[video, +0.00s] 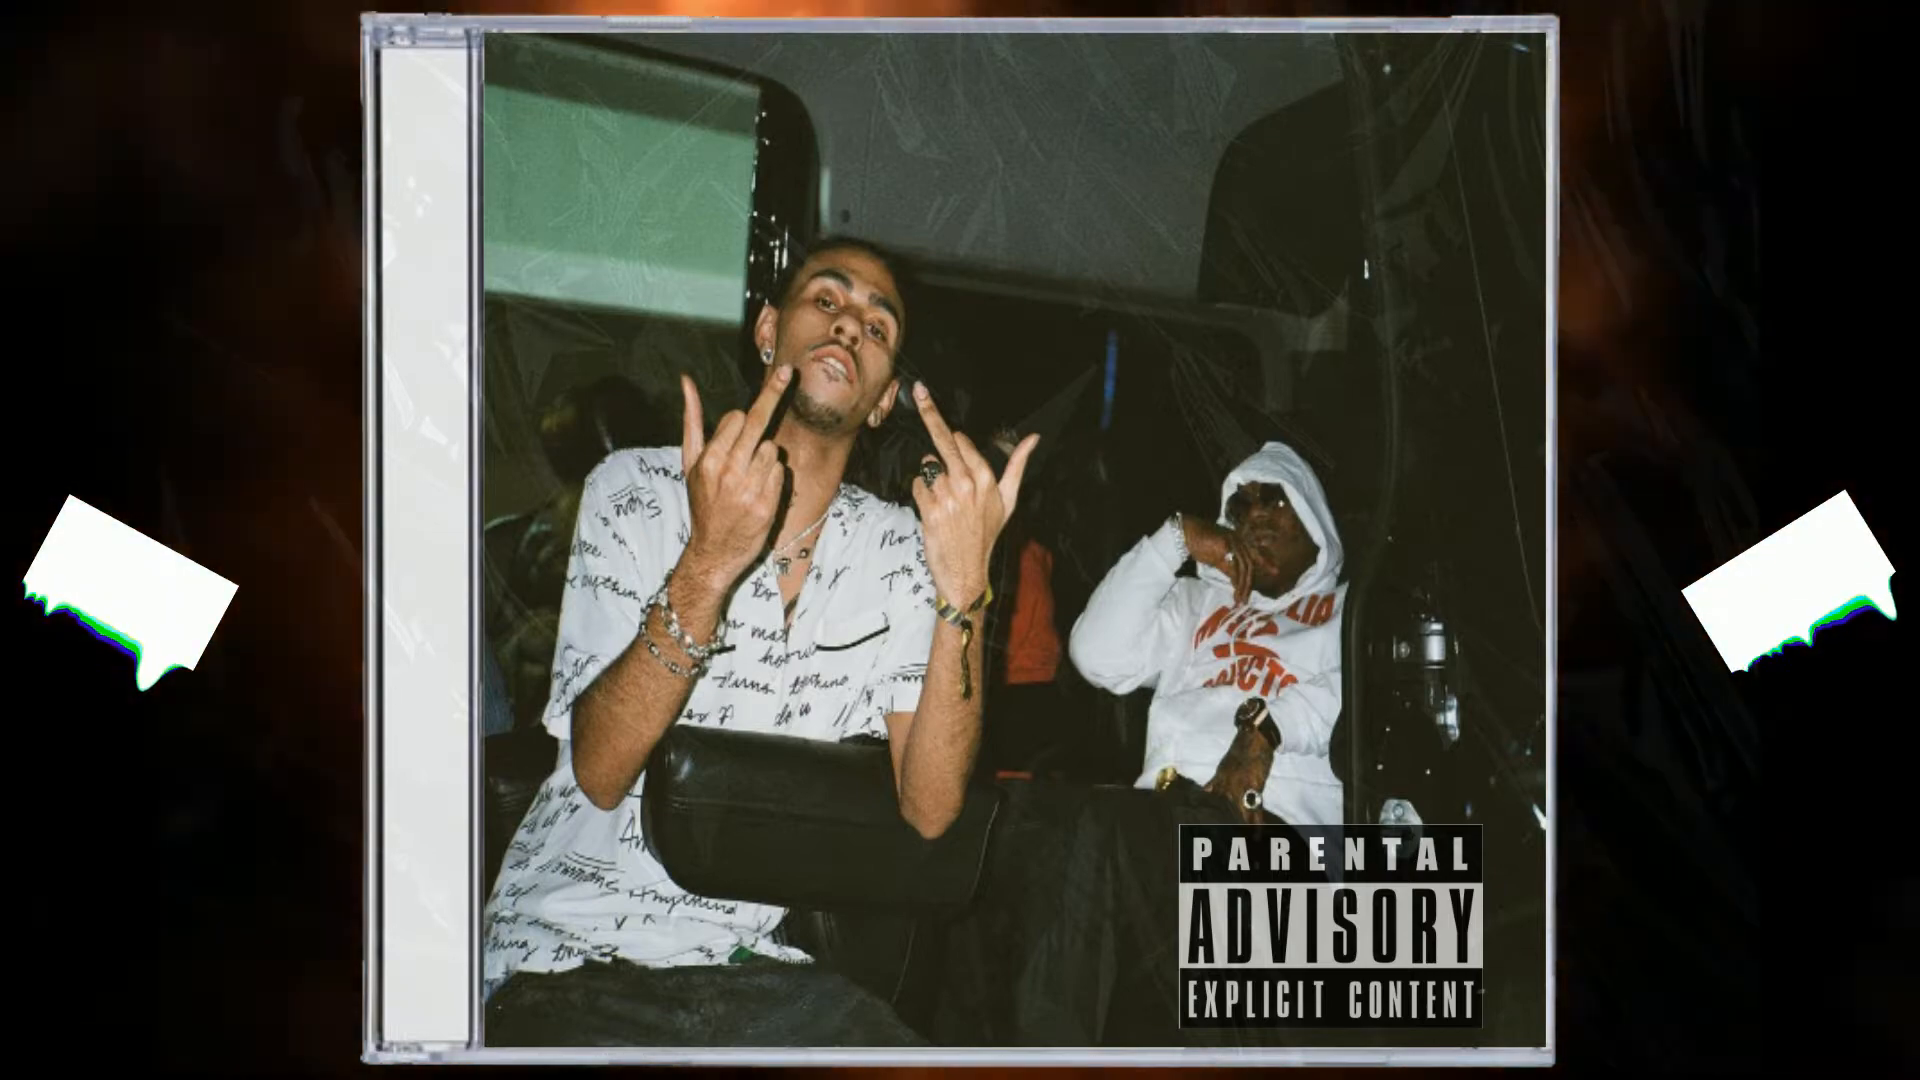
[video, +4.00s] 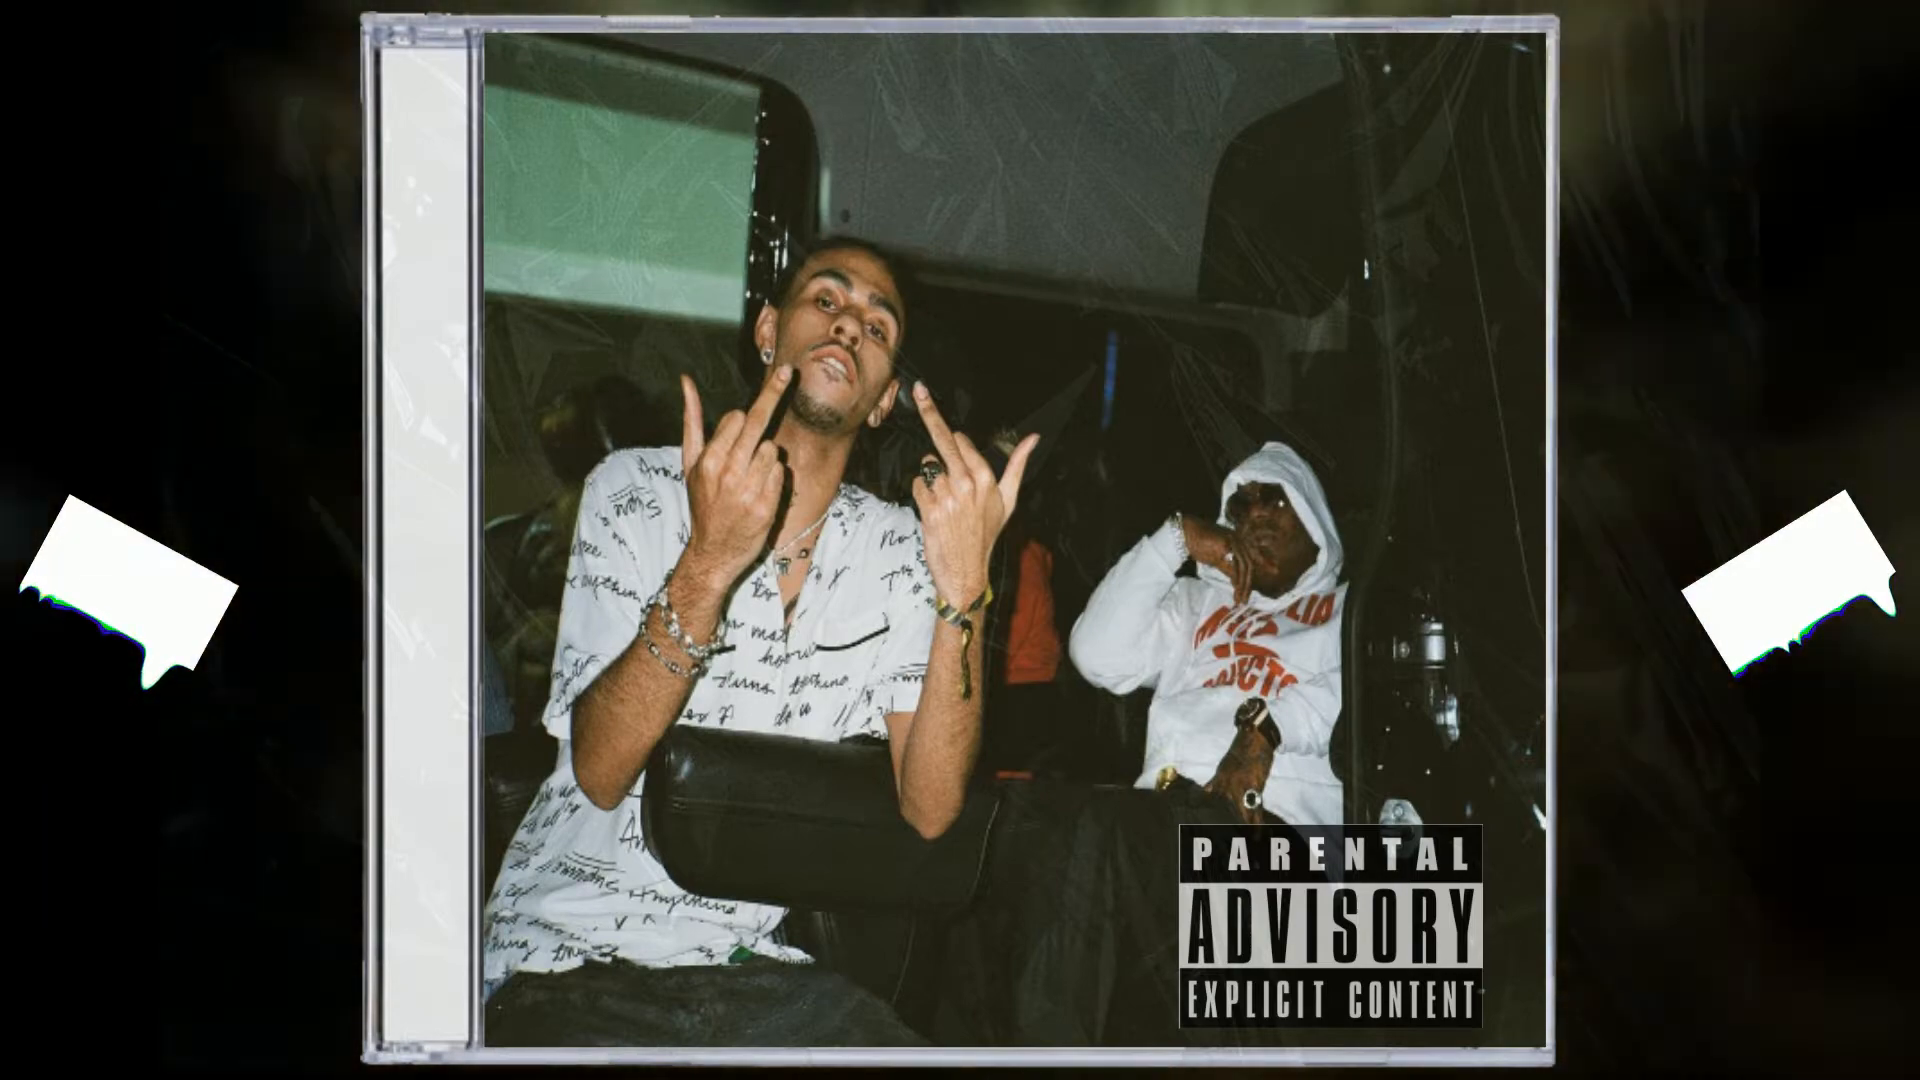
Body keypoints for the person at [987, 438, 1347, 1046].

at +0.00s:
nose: (1257, 528)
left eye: (1276, 510)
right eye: (1244, 511)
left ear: (1317, 527)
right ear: (1228, 528)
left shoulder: (1347, 608)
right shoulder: (1194, 600)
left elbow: (1351, 694)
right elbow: (1097, 658)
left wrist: (1266, 728)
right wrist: (1176, 540)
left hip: (1285, 817)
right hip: (1168, 807)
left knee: (1098, 822)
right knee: (1024, 809)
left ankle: (1048, 1056)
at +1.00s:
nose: (1259, 518)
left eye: (1279, 501)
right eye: (1245, 503)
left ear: (1318, 522)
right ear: (1227, 523)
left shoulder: (1352, 608)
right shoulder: (1197, 599)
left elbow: (1356, 705)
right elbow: (1100, 658)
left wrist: (1268, 725)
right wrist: (1176, 540)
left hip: (1285, 816)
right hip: (1165, 806)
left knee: (1103, 824)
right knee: (1028, 811)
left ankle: (1051, 1054)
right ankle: (967, 1048)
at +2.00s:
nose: (1258, 520)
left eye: (1278, 503)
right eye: (1243, 504)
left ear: (1318, 524)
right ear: (1226, 525)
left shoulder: (1350, 610)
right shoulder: (1195, 602)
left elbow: (1343, 703)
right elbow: (1099, 658)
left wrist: (1264, 727)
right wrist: (1177, 538)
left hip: (1284, 818)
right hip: (1163, 808)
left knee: (1101, 823)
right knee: (1029, 812)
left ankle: (1050, 1050)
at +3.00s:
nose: (1258, 517)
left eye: (1279, 501)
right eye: (1245, 502)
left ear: (1318, 522)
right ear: (1227, 523)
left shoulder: (1352, 607)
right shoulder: (1197, 601)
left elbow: (1349, 701)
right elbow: (1099, 657)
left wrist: (1268, 725)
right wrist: (1177, 539)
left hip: (1282, 817)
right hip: (1166, 806)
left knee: (1102, 823)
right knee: (1026, 809)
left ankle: (1051, 1053)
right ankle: (970, 1047)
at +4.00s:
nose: (1258, 518)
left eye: (1278, 501)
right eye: (1245, 503)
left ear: (1318, 521)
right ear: (1227, 523)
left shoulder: (1352, 607)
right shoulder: (1198, 601)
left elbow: (1348, 701)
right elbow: (1099, 657)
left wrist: (1268, 725)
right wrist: (1177, 539)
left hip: (1284, 815)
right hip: (1167, 805)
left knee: (1101, 824)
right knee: (1025, 810)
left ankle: (1052, 1052)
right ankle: (969, 1046)